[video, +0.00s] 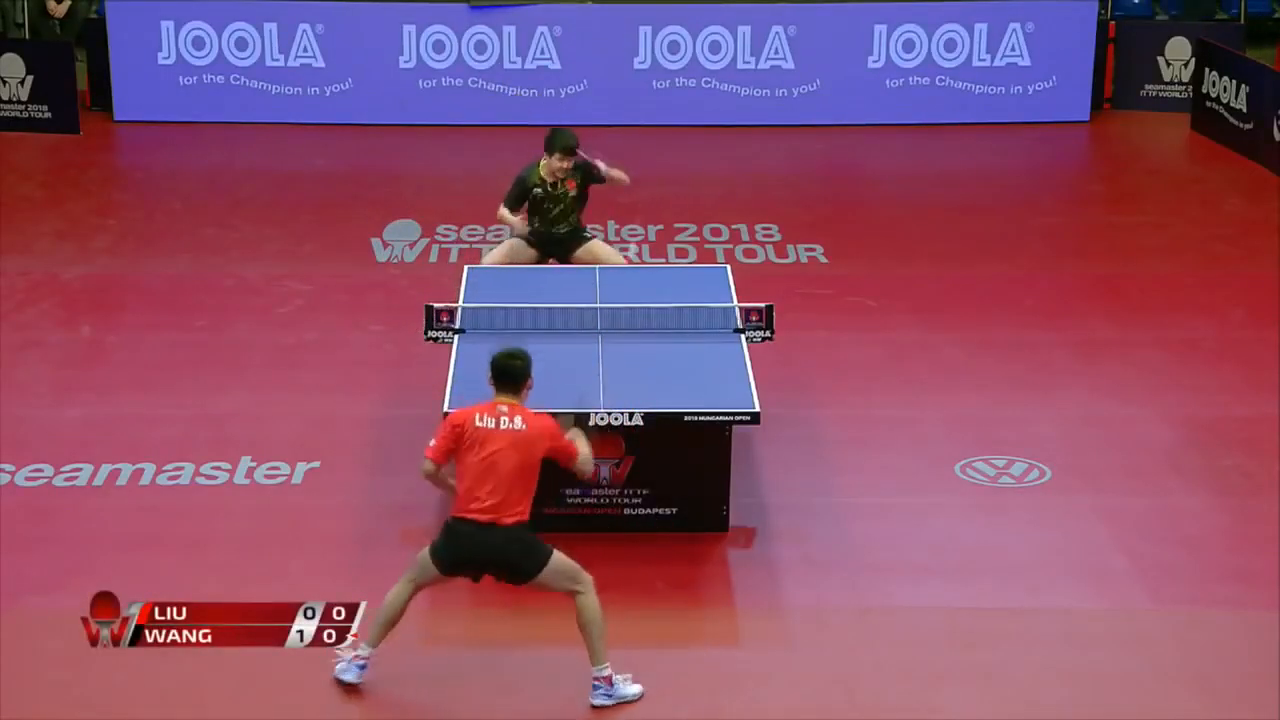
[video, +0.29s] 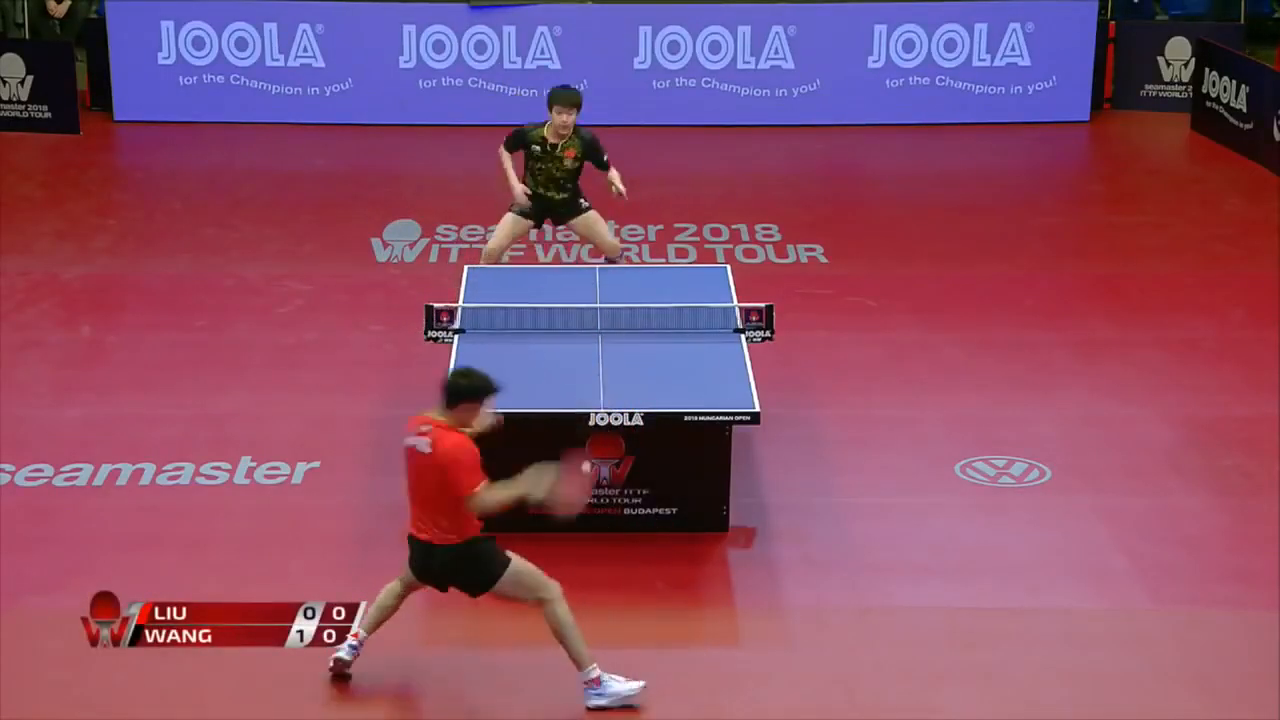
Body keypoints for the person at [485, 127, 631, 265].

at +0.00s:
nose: (567, 165)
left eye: (570, 160)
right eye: (561, 160)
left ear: (575, 157)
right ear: (547, 156)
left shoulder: (582, 170)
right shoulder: (529, 177)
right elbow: (503, 212)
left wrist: (605, 171)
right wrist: (514, 222)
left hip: (573, 239)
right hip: (536, 240)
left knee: (622, 267)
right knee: (488, 264)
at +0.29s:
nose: (565, 120)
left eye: (570, 114)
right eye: (560, 113)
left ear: (577, 115)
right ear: (550, 113)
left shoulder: (585, 140)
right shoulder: (529, 134)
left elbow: (608, 168)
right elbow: (504, 150)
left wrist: (616, 182)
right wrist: (515, 185)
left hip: (570, 203)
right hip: (533, 201)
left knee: (612, 248)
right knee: (491, 251)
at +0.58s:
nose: (578, 145)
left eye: (582, 139)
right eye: (573, 139)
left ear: (587, 141)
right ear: (560, 139)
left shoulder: (575, 163)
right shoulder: (547, 165)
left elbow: (568, 196)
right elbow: (542, 208)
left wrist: (591, 213)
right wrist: (590, 210)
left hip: (559, 223)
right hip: (527, 228)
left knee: (608, 255)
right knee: (494, 275)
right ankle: (452, 302)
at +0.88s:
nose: (503, 140)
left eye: (506, 133)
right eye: (497, 134)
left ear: (514, 135)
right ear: (489, 137)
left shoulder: (526, 154)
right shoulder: (487, 168)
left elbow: (523, 132)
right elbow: (488, 209)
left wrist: (486, 119)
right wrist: (480, 196)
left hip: (544, 229)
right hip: (509, 231)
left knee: (595, 262)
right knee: (461, 258)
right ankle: (454, 312)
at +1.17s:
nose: (527, 103)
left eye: (532, 98)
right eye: (522, 97)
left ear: (540, 98)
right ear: (513, 98)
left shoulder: (554, 124)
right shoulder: (497, 126)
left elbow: (568, 152)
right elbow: (486, 153)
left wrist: (580, 169)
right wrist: (505, 177)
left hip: (550, 190)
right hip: (514, 192)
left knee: (593, 234)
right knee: (474, 237)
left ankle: (620, 287)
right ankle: (457, 296)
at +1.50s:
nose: (564, 116)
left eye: (569, 111)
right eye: (559, 109)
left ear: (573, 113)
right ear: (547, 107)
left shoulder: (564, 139)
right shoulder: (531, 134)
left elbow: (555, 175)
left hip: (541, 195)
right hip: (511, 198)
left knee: (592, 234)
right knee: (490, 255)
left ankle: (616, 289)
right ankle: (450, 287)